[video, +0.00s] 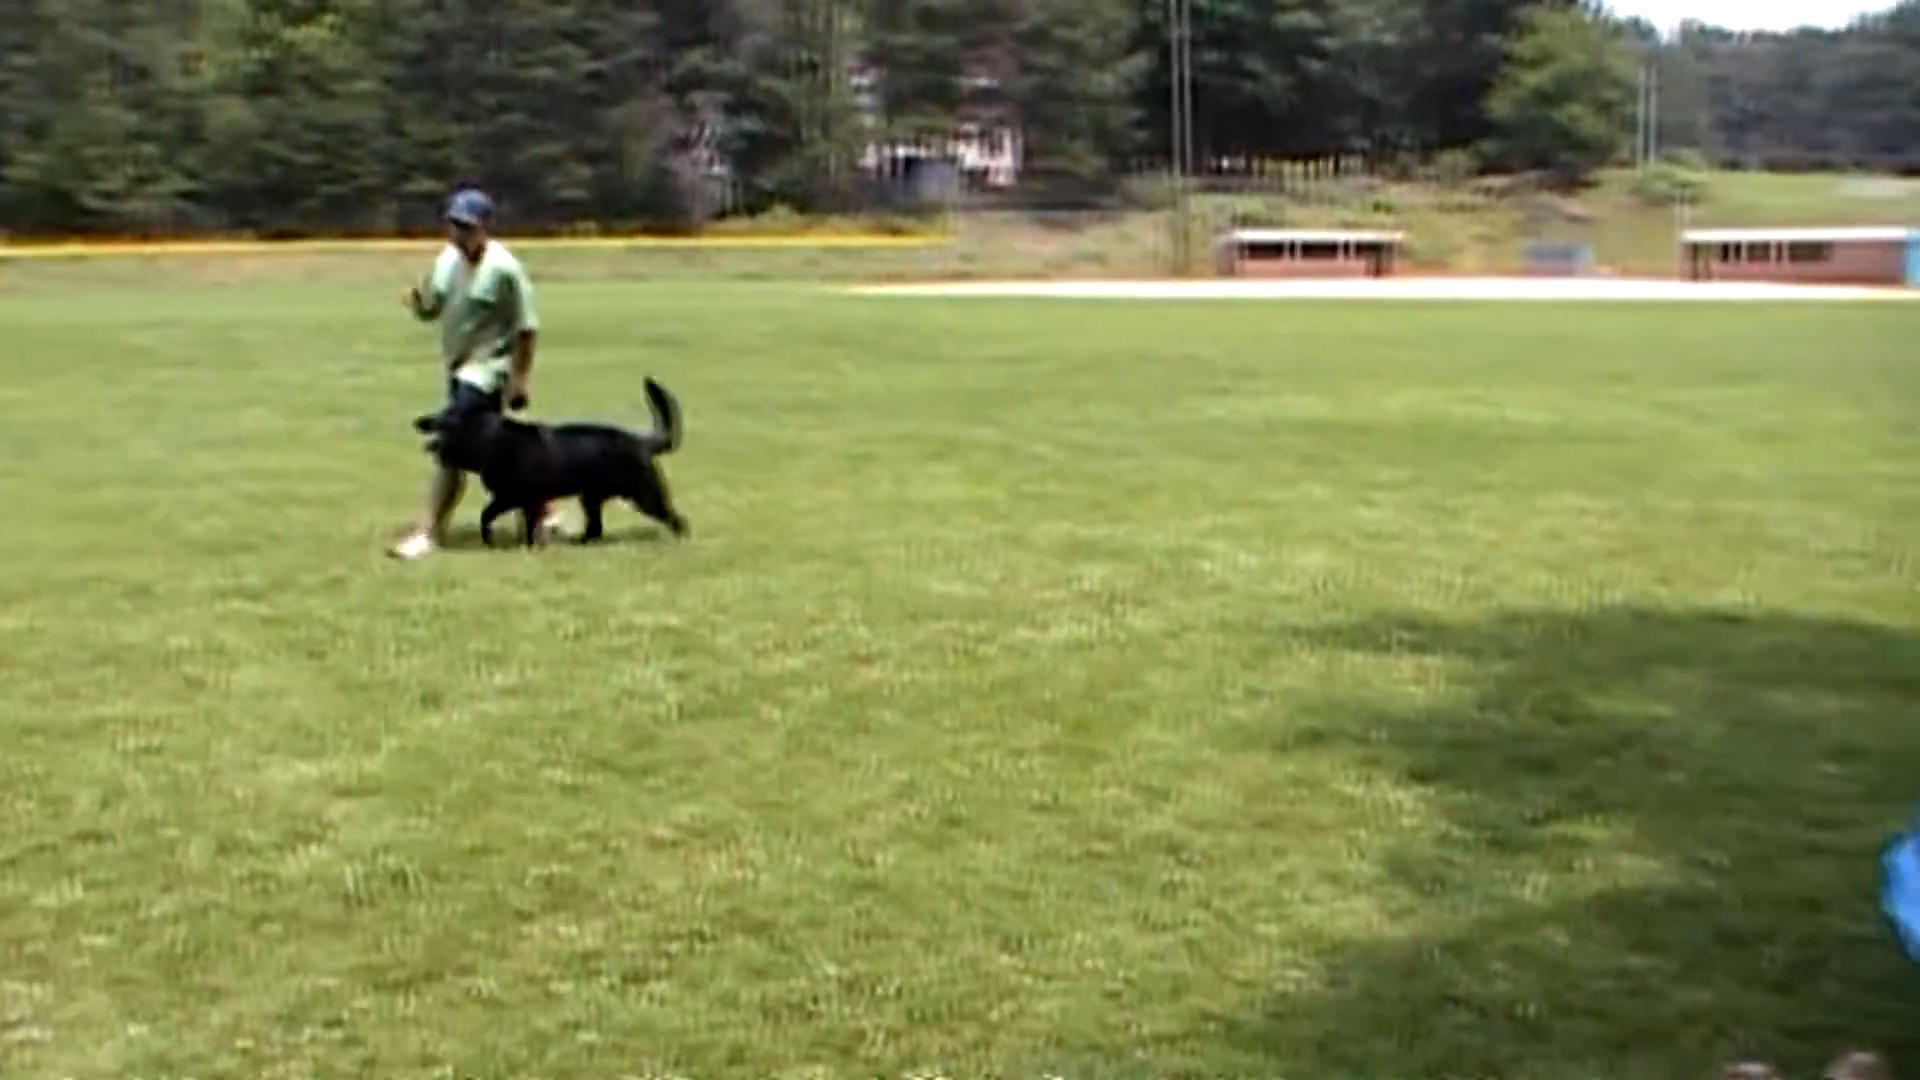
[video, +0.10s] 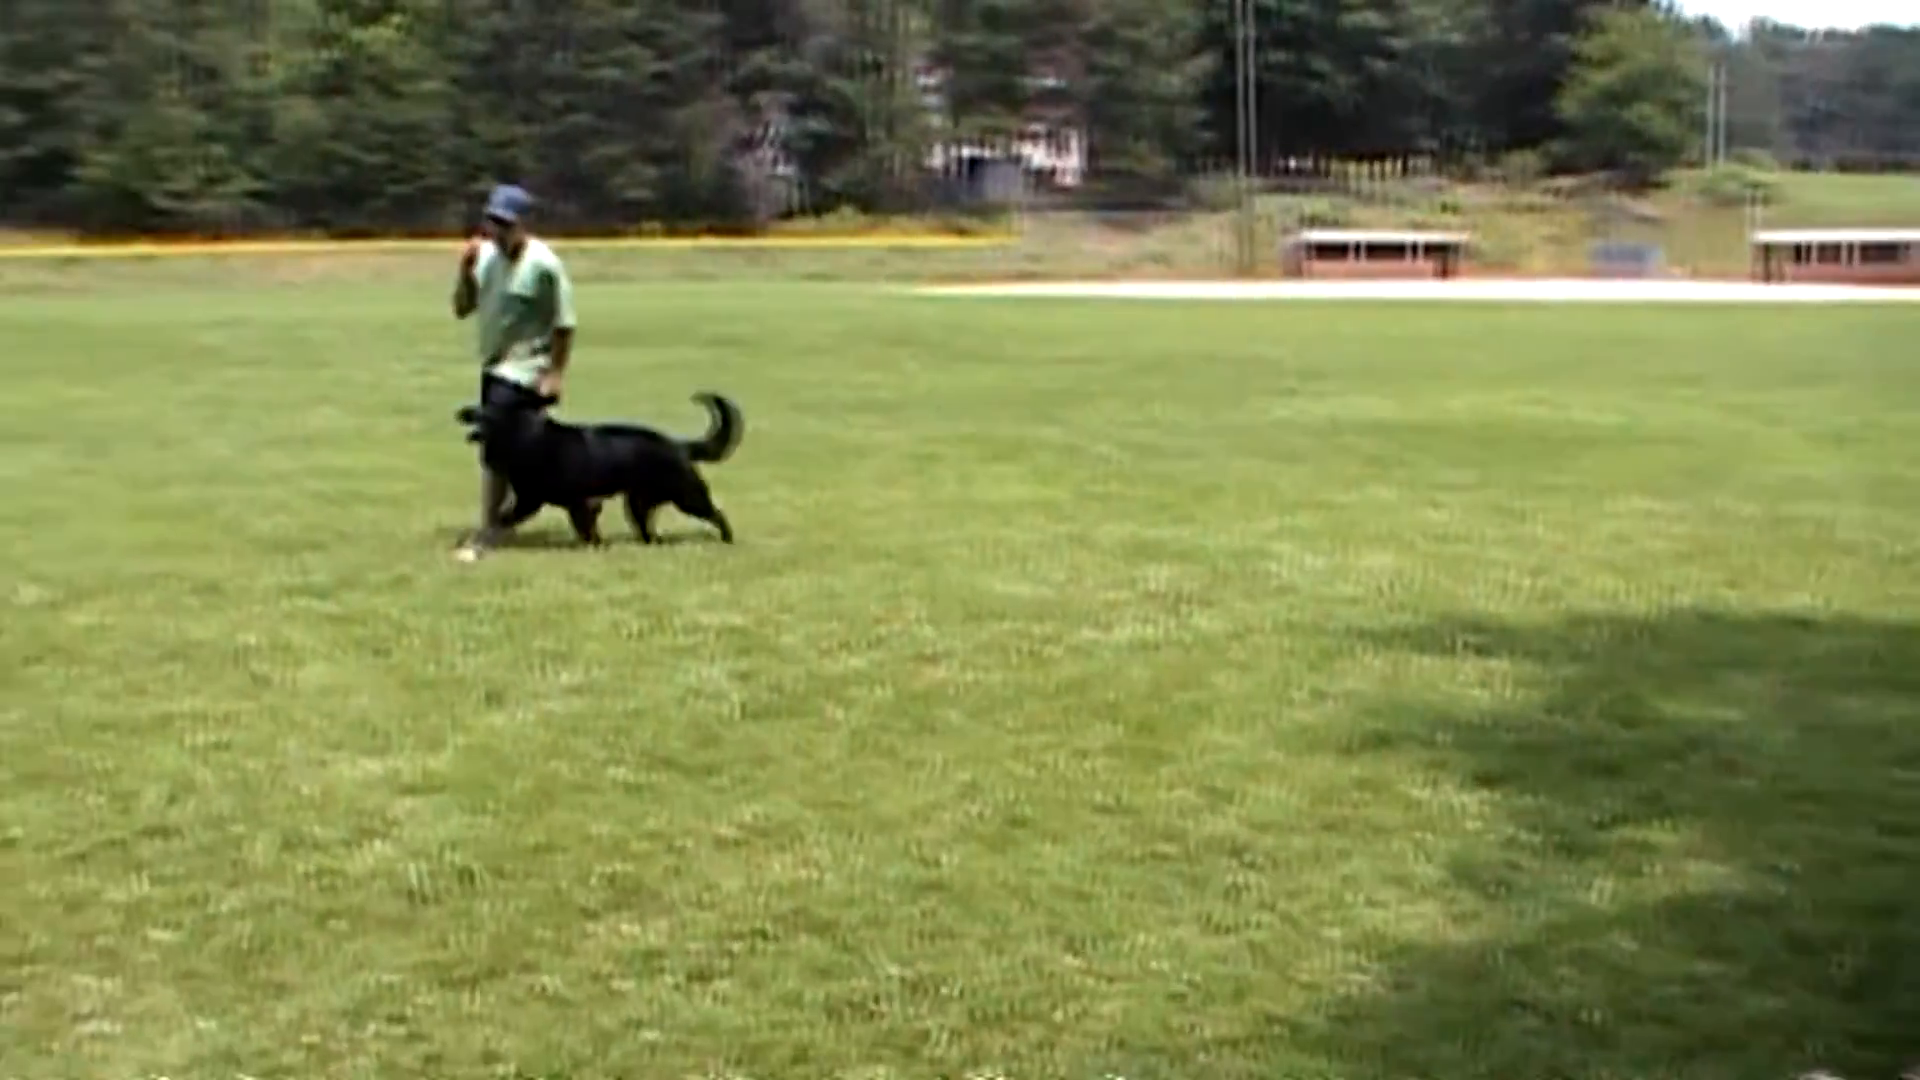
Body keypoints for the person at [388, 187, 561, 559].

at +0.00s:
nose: (459, 235)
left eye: (467, 227)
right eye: (454, 227)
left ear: (486, 227)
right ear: (449, 227)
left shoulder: (505, 269)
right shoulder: (449, 259)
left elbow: (526, 327)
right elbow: (435, 306)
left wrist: (519, 378)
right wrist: (422, 302)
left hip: (489, 367)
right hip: (459, 365)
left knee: (451, 444)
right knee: (492, 447)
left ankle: (431, 530)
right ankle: (538, 509)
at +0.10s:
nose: (496, 231)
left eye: (504, 224)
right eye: (493, 223)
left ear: (523, 226)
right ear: (488, 224)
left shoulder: (545, 266)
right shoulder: (487, 257)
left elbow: (563, 324)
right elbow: (464, 307)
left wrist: (555, 372)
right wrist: (466, 269)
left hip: (526, 365)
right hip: (494, 361)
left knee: (492, 441)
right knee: (502, 445)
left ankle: (490, 526)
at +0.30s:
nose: (575, 226)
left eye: (582, 219)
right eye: (569, 218)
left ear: (598, 220)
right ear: (562, 219)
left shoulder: (623, 260)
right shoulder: (560, 249)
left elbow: (640, 319)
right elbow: (533, 298)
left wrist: (631, 369)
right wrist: (540, 259)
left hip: (605, 367)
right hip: (563, 362)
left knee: (601, 453)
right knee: (535, 440)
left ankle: (612, 526)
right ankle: (568, 518)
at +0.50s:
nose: (638, 235)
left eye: (646, 227)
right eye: (633, 226)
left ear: (664, 227)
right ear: (626, 226)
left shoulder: (687, 268)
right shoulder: (622, 259)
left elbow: (711, 327)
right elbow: (599, 311)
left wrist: (706, 377)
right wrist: (604, 272)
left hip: (672, 381)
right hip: (627, 378)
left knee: (694, 459)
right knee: (602, 464)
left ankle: (720, 528)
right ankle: (583, 536)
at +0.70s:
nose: (653, 228)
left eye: (662, 220)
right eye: (648, 218)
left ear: (679, 222)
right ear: (641, 219)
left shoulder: (703, 265)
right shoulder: (634, 256)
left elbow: (720, 324)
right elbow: (608, 313)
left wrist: (721, 381)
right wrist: (613, 274)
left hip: (680, 372)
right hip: (637, 367)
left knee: (659, 457)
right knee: (620, 452)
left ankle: (711, 520)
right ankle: (633, 534)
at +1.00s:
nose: (569, 228)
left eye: (577, 220)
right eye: (563, 219)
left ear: (589, 225)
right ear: (552, 222)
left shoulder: (608, 272)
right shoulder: (537, 260)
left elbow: (629, 335)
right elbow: (508, 319)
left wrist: (625, 388)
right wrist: (514, 287)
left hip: (588, 377)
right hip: (547, 376)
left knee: (550, 452)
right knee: (578, 463)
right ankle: (601, 534)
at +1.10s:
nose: (549, 226)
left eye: (558, 218)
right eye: (543, 217)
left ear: (571, 223)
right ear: (533, 220)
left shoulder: (589, 272)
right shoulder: (513, 261)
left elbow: (607, 337)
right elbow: (494, 316)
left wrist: (605, 391)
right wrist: (493, 313)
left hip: (568, 384)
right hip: (524, 381)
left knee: (533, 468)